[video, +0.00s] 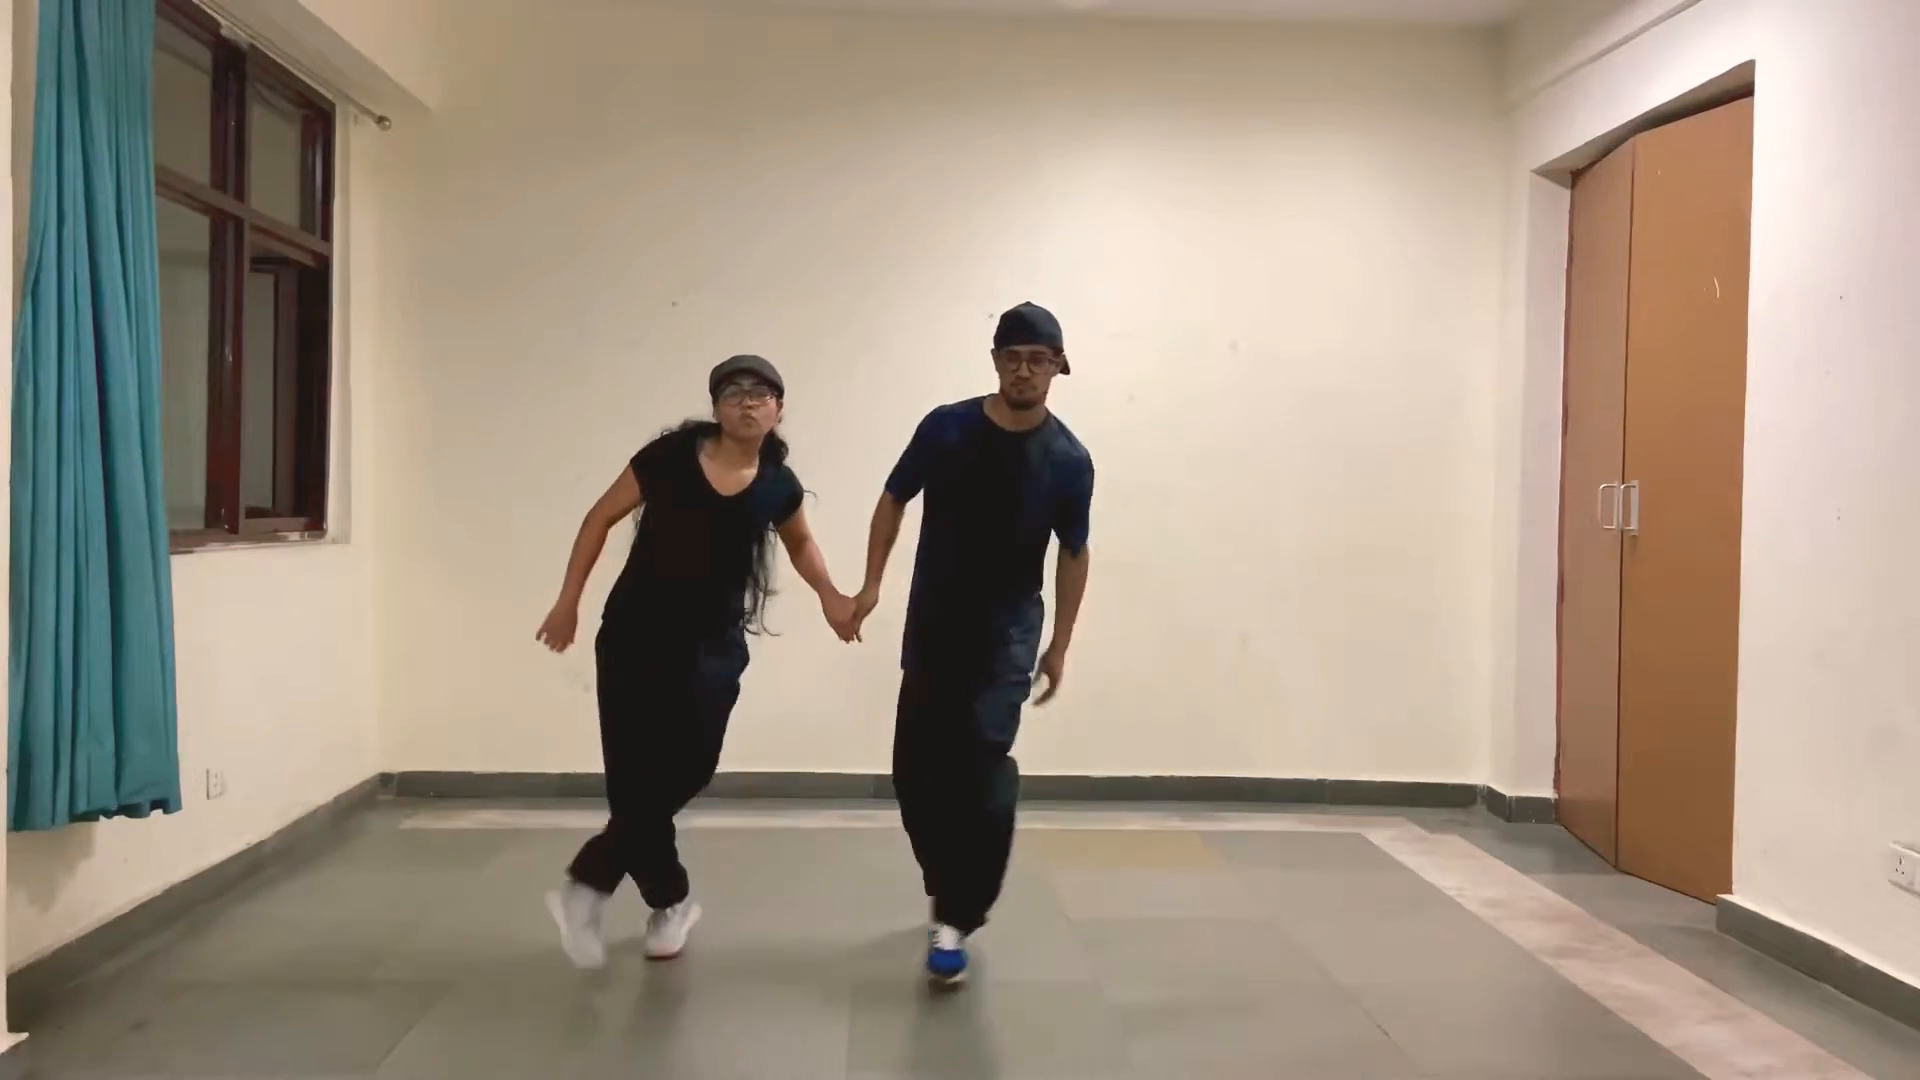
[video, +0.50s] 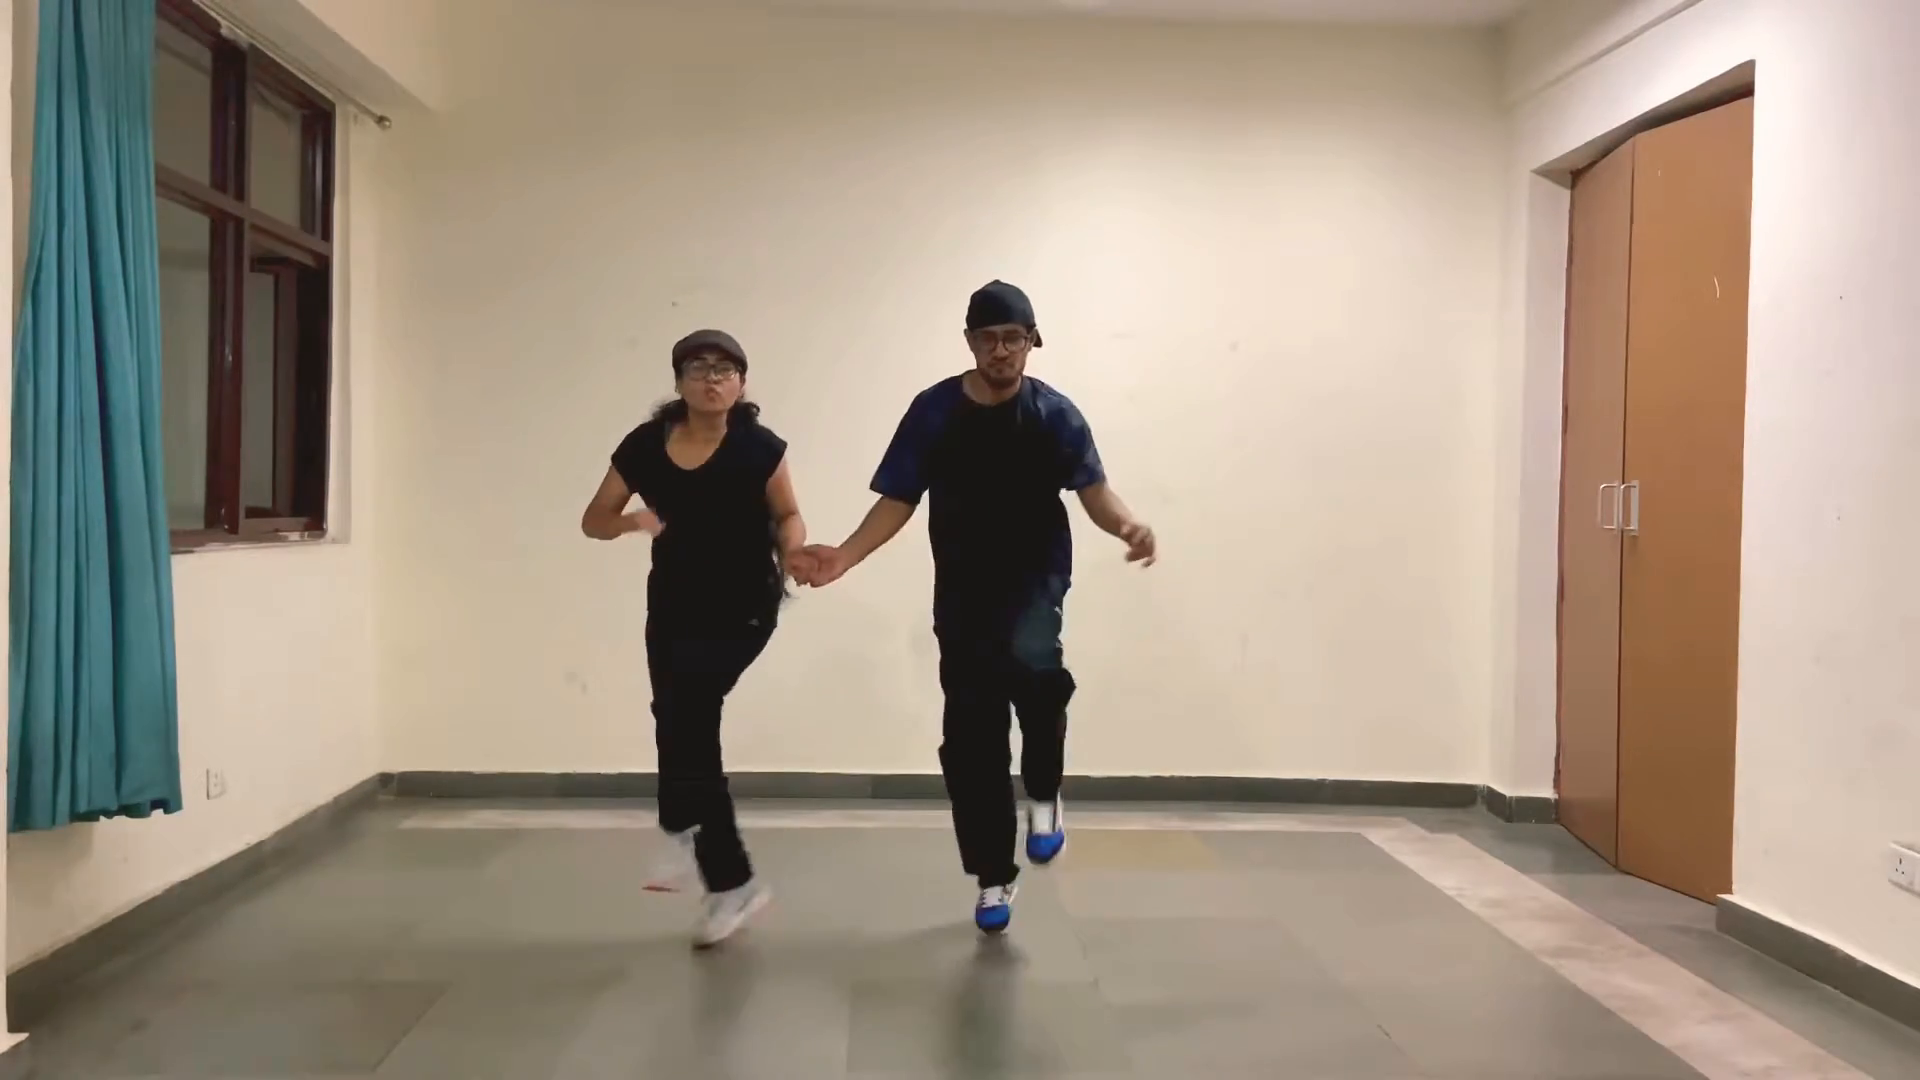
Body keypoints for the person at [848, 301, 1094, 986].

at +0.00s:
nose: (1023, 373)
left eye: (1038, 362)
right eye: (1012, 360)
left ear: (1057, 369)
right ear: (996, 362)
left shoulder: (1068, 461)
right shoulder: (945, 429)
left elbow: (1074, 555)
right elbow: (893, 499)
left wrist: (1060, 643)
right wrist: (871, 587)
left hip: (1008, 629)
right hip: (935, 621)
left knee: (983, 765)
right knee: (917, 767)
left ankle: (956, 921)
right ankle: (945, 889)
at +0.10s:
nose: (1009, 380)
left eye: (1022, 368)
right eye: (997, 367)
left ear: (1043, 375)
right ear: (980, 372)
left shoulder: (1063, 464)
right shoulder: (933, 440)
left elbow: (1091, 532)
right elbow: (880, 504)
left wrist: (1050, 603)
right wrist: (858, 587)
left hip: (998, 648)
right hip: (925, 635)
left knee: (950, 797)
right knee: (901, 783)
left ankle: (891, 946)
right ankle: (975, 884)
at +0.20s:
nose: (997, 376)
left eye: (1010, 365)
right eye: (985, 365)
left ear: (1030, 372)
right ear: (967, 370)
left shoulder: (1056, 458)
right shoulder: (932, 444)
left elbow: (1087, 529)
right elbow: (899, 538)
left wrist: (1051, 603)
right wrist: (848, 619)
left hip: (999, 649)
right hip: (927, 641)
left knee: (952, 795)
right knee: (908, 782)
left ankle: (897, 949)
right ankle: (984, 889)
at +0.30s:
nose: (988, 373)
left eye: (1000, 361)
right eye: (976, 362)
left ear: (1020, 365)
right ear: (958, 366)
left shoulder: (1047, 445)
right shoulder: (929, 440)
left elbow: (1062, 542)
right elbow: (916, 538)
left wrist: (1067, 641)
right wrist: (865, 607)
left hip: (1012, 629)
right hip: (943, 626)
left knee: (976, 761)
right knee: (927, 768)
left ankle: (951, 923)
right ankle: (983, 895)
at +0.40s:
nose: (994, 362)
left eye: (1006, 350)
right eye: (981, 351)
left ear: (1025, 353)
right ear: (963, 355)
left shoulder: (1051, 433)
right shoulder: (932, 428)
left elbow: (1075, 516)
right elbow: (905, 522)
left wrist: (1097, 577)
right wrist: (853, 566)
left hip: (1027, 591)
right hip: (955, 595)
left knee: (1003, 685)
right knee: (943, 747)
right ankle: (981, 899)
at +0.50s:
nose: (1001, 351)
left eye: (1013, 340)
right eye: (989, 340)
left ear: (1031, 342)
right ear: (970, 341)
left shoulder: (1053, 415)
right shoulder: (934, 411)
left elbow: (1092, 488)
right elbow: (898, 499)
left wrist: (1127, 525)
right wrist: (844, 555)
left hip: (1035, 580)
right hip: (963, 585)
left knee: (1035, 670)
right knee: (970, 732)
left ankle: (1042, 793)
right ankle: (991, 874)